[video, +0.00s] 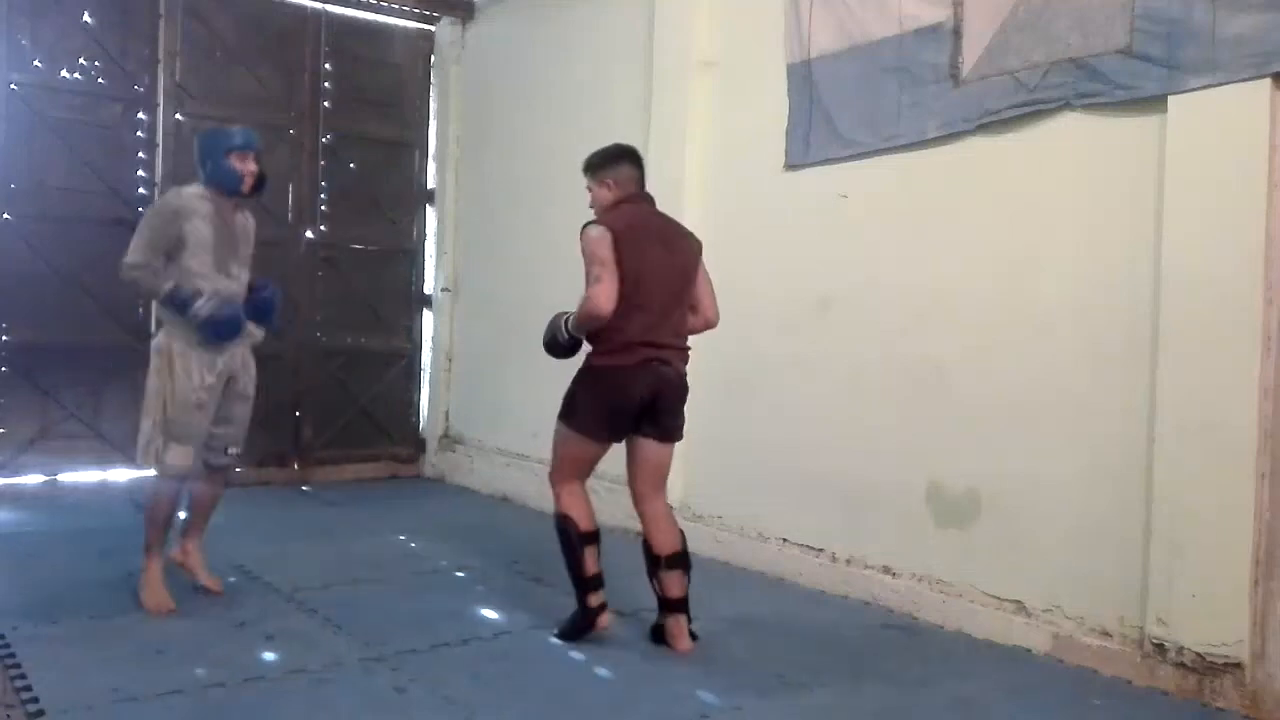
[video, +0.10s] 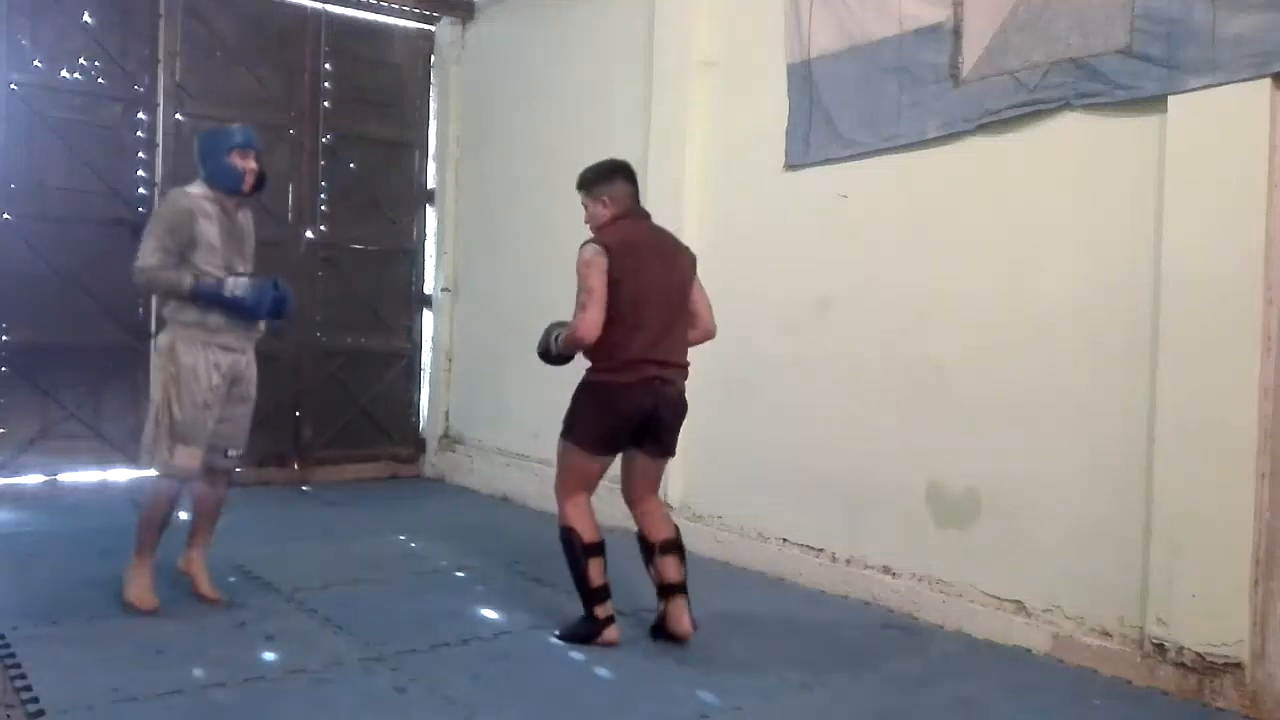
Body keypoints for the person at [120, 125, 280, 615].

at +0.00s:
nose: (251, 166)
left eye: (254, 159)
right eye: (241, 157)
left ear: (255, 169)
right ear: (215, 161)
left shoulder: (245, 221)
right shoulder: (179, 204)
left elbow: (230, 280)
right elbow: (136, 265)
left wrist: (254, 299)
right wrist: (192, 305)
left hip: (236, 350)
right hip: (186, 351)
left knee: (219, 459)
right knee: (175, 461)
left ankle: (191, 546)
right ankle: (152, 564)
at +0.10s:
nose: (251, 164)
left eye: (254, 156)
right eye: (241, 154)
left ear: (255, 167)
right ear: (214, 159)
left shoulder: (244, 216)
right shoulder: (183, 204)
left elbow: (233, 279)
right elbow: (146, 270)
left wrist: (265, 297)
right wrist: (214, 288)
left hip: (237, 352)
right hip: (189, 349)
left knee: (220, 465)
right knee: (177, 464)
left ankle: (197, 557)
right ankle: (141, 565)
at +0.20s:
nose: (252, 188)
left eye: (255, 179)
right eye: (241, 179)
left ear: (256, 190)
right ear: (217, 185)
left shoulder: (243, 241)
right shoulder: (192, 227)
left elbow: (238, 303)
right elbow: (164, 299)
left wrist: (274, 318)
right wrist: (229, 309)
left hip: (236, 376)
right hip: (190, 374)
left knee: (229, 486)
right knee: (178, 487)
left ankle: (187, 572)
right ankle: (129, 577)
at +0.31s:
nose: (259, 200)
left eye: (258, 191)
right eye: (247, 192)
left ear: (253, 203)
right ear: (222, 201)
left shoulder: (243, 256)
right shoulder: (199, 248)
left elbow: (238, 321)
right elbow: (178, 315)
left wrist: (280, 330)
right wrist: (243, 321)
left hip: (235, 393)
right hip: (192, 391)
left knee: (232, 495)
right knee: (189, 498)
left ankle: (186, 575)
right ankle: (131, 571)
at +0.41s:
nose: (268, 174)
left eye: (266, 166)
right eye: (256, 167)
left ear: (258, 179)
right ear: (234, 177)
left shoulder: (248, 231)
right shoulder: (211, 221)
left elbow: (240, 292)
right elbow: (167, 281)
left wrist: (276, 307)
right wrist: (232, 298)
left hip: (231, 363)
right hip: (195, 362)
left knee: (225, 475)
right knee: (209, 475)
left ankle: (188, 564)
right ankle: (148, 563)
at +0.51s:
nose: (276, 163)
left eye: (273, 154)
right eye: (264, 155)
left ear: (255, 163)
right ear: (240, 162)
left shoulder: (251, 218)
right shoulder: (216, 206)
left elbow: (235, 282)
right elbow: (165, 262)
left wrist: (268, 304)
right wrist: (238, 284)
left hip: (228, 349)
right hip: (199, 346)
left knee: (220, 467)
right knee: (215, 466)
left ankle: (181, 571)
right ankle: (173, 575)